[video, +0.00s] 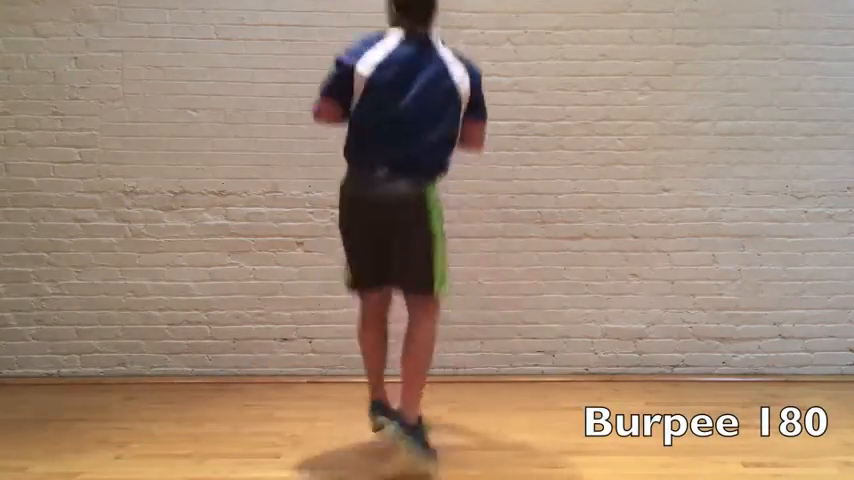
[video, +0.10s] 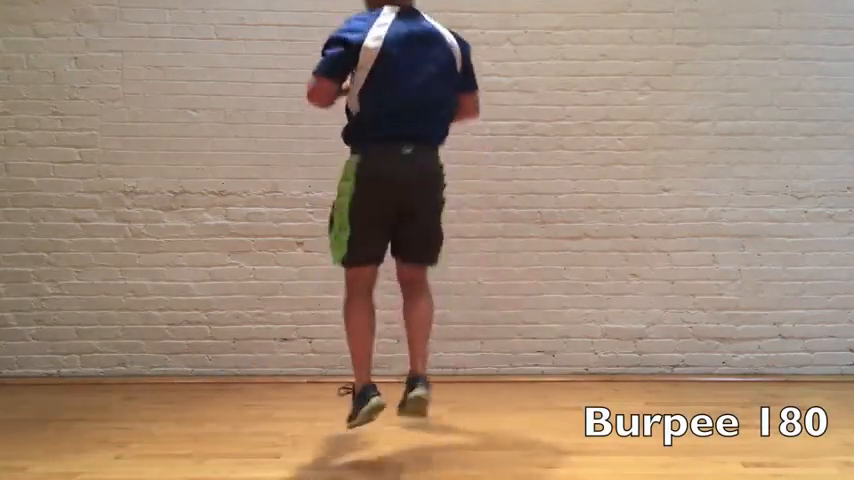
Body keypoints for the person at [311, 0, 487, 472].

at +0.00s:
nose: (407, 15)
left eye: (397, 10)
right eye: (423, 11)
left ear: (392, 11)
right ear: (435, 14)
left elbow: (326, 109)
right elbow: (473, 138)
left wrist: (374, 109)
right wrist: (427, 122)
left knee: (373, 302)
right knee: (423, 310)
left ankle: (378, 404)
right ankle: (408, 421)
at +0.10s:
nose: (365, 4)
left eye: (367, 1)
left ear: (373, 0)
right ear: (412, 0)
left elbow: (319, 94)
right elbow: (468, 107)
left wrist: (348, 84)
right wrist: (420, 111)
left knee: (360, 287)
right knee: (415, 280)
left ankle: (363, 388)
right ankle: (419, 379)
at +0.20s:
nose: (344, 6)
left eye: (345, 2)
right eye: (345, 2)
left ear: (353, 1)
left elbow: (336, 99)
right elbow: (445, 99)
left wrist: (310, 107)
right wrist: (395, 101)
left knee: (355, 286)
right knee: (398, 273)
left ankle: (366, 398)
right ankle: (417, 373)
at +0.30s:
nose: (329, 25)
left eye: (334, 15)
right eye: (330, 15)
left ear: (358, 18)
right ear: (369, 19)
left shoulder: (371, 66)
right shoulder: (395, 59)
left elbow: (365, 134)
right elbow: (379, 126)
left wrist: (312, 151)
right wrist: (331, 131)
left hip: (386, 200)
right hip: (405, 193)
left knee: (367, 312)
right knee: (388, 305)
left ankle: (373, 433)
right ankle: (399, 394)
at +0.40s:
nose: (316, 70)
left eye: (322, 61)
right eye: (317, 61)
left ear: (348, 66)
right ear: (348, 67)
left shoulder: (379, 121)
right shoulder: (354, 117)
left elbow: (396, 178)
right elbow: (351, 165)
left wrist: (331, 209)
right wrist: (295, 164)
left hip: (402, 248)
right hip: (380, 245)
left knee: (371, 352)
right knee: (362, 339)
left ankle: (394, 465)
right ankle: (397, 426)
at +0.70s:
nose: (300, 75)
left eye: (305, 65)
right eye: (300, 66)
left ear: (330, 63)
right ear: (334, 64)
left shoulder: (352, 111)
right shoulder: (349, 107)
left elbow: (379, 171)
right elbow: (358, 181)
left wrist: (326, 216)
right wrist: (320, 216)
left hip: (389, 243)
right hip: (386, 239)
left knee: (371, 354)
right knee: (385, 346)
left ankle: (398, 464)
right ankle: (405, 431)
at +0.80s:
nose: (281, 96)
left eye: (283, 85)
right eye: (279, 87)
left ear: (307, 78)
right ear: (310, 79)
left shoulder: (336, 120)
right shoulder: (338, 114)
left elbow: (354, 189)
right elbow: (352, 190)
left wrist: (314, 241)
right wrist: (324, 239)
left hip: (395, 243)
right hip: (398, 239)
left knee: (373, 356)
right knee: (388, 347)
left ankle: (398, 464)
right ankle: (406, 432)